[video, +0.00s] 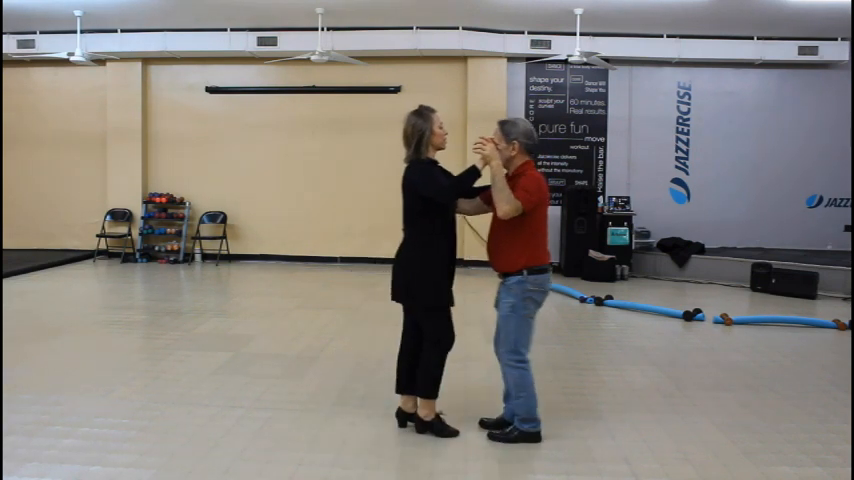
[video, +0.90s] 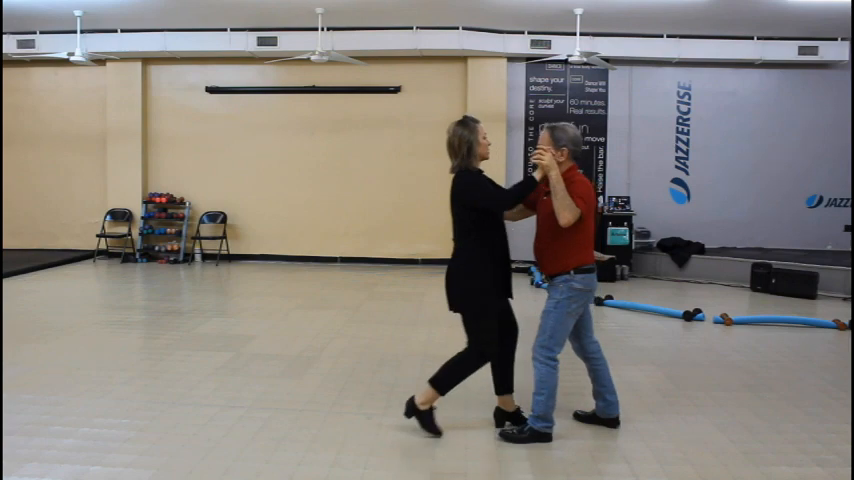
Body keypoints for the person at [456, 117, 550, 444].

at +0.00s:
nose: (491, 147)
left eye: (496, 142)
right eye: (492, 141)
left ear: (514, 147)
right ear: (513, 148)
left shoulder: (531, 179)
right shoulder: (510, 180)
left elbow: (507, 208)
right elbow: (471, 205)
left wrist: (495, 163)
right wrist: (436, 195)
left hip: (527, 278)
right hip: (513, 277)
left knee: (513, 352)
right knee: (505, 349)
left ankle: (528, 425)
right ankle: (512, 415)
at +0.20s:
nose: (510, 143)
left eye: (516, 139)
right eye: (511, 138)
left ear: (533, 146)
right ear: (530, 146)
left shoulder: (549, 180)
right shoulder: (527, 179)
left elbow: (524, 210)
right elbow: (488, 206)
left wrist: (514, 165)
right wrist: (452, 198)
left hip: (543, 278)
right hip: (531, 276)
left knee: (524, 353)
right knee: (531, 347)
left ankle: (527, 426)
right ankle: (557, 407)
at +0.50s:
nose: (533, 156)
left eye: (538, 152)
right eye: (534, 151)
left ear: (558, 156)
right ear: (556, 156)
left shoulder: (577, 186)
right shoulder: (547, 185)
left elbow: (560, 223)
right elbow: (514, 212)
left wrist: (547, 177)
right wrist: (481, 201)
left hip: (569, 283)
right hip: (565, 281)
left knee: (534, 351)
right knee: (582, 346)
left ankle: (528, 425)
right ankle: (607, 411)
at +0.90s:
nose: (536, 153)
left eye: (542, 148)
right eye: (537, 147)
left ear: (562, 153)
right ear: (558, 152)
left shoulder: (579, 183)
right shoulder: (547, 184)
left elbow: (567, 218)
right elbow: (516, 212)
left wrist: (553, 174)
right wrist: (483, 204)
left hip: (573, 279)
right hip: (567, 277)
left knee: (545, 351)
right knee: (587, 346)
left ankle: (540, 425)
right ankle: (608, 411)